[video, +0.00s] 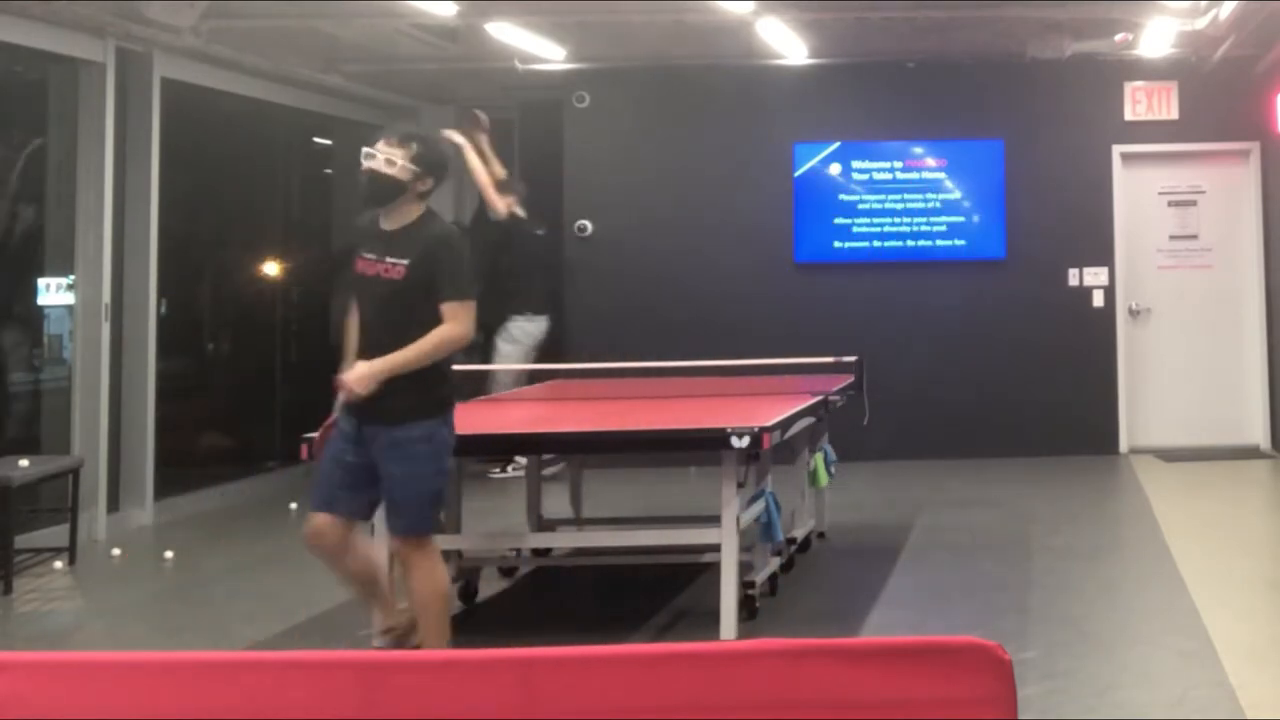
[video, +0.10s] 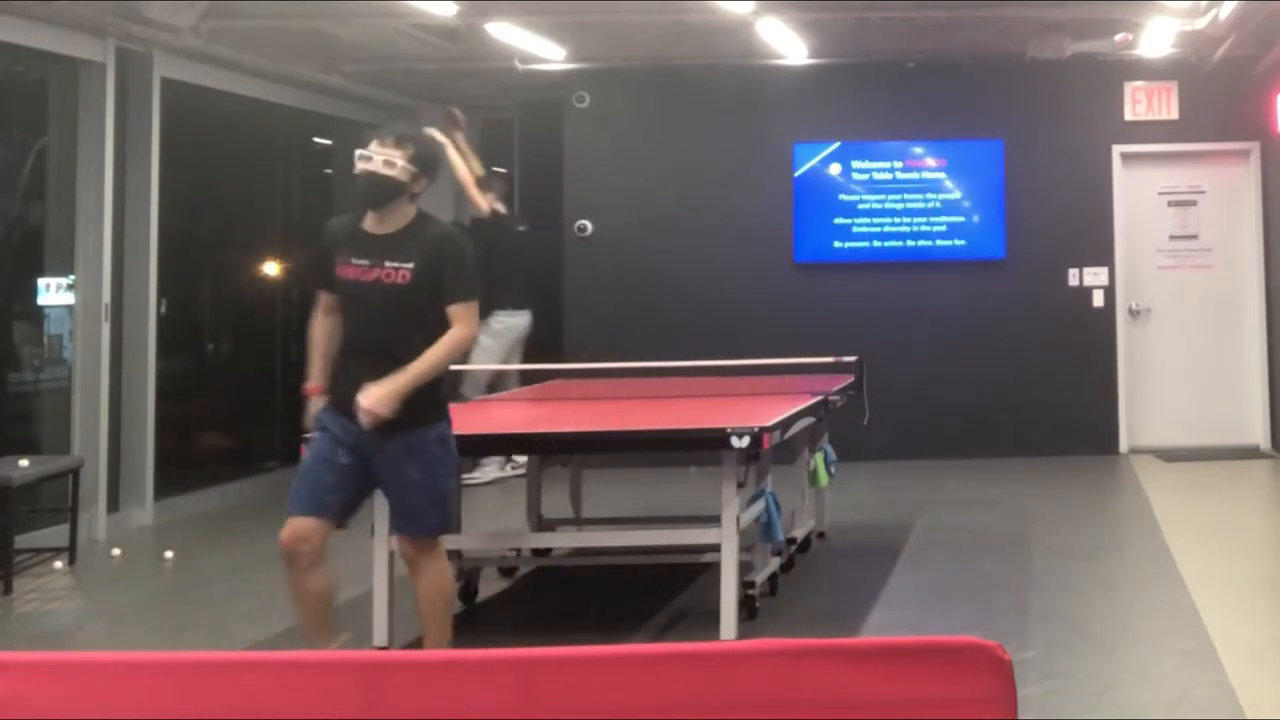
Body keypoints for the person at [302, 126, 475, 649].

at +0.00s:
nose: (374, 174)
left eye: (389, 167)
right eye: (374, 164)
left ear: (422, 182)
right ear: (370, 169)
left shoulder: (444, 239)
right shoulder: (369, 234)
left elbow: (461, 327)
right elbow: (357, 314)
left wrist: (379, 368)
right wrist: (347, 388)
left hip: (416, 420)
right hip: (362, 414)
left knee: (415, 544)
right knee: (325, 530)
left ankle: (436, 664)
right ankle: (394, 613)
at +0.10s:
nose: (372, 171)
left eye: (389, 164)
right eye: (368, 159)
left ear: (418, 182)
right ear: (356, 166)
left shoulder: (444, 242)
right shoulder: (341, 234)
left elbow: (464, 329)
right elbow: (326, 311)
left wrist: (397, 385)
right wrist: (316, 393)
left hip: (416, 429)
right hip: (344, 421)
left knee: (421, 548)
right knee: (298, 542)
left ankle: (437, 667)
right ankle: (325, 664)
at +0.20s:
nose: (359, 172)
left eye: (377, 166)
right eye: (354, 161)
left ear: (404, 187)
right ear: (339, 171)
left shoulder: (431, 250)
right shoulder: (317, 244)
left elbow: (453, 334)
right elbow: (296, 320)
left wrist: (423, 413)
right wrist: (282, 401)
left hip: (403, 431)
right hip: (327, 425)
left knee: (418, 555)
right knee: (287, 552)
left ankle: (434, 672)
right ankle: (262, 685)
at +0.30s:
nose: (334, 179)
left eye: (351, 171)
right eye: (327, 167)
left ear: (379, 188)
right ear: (314, 176)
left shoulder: (410, 255)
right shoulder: (296, 251)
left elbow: (440, 341)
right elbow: (273, 332)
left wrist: (450, 432)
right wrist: (248, 414)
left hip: (385, 445)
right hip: (305, 438)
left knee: (400, 563)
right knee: (284, 568)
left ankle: (428, 671)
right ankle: (261, 707)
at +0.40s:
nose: (310, 170)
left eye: (328, 163)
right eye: (302, 159)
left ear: (355, 185)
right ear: (287, 172)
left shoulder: (387, 256)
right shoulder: (266, 256)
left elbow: (429, 339)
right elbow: (248, 343)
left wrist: (454, 429)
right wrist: (222, 431)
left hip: (362, 450)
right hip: (283, 446)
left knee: (375, 583)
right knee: (272, 584)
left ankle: (419, 653)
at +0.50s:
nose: (294, 158)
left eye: (311, 150)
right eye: (283, 149)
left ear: (340, 170)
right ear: (268, 165)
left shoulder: (373, 243)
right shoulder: (244, 253)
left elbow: (410, 330)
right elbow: (222, 346)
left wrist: (426, 423)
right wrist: (197, 440)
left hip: (345, 446)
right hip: (262, 444)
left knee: (340, 595)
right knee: (259, 588)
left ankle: (389, 652)